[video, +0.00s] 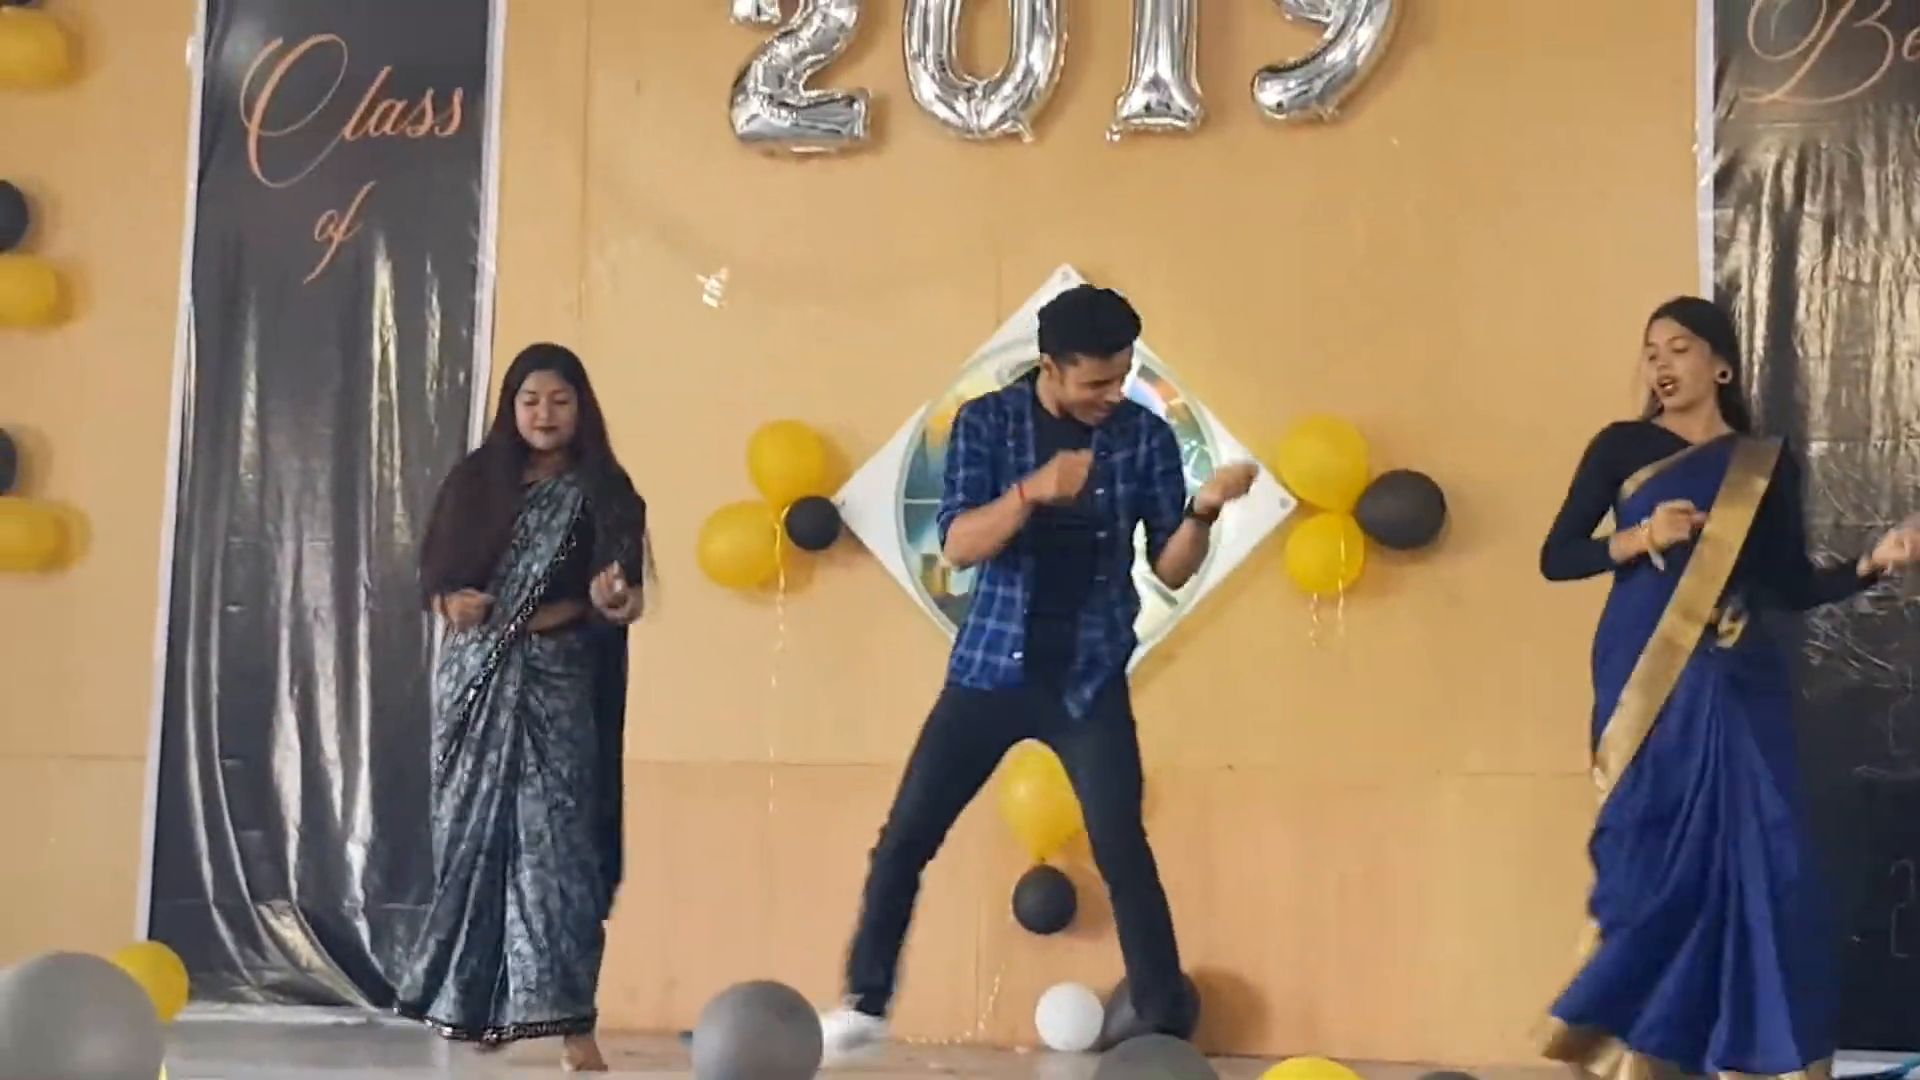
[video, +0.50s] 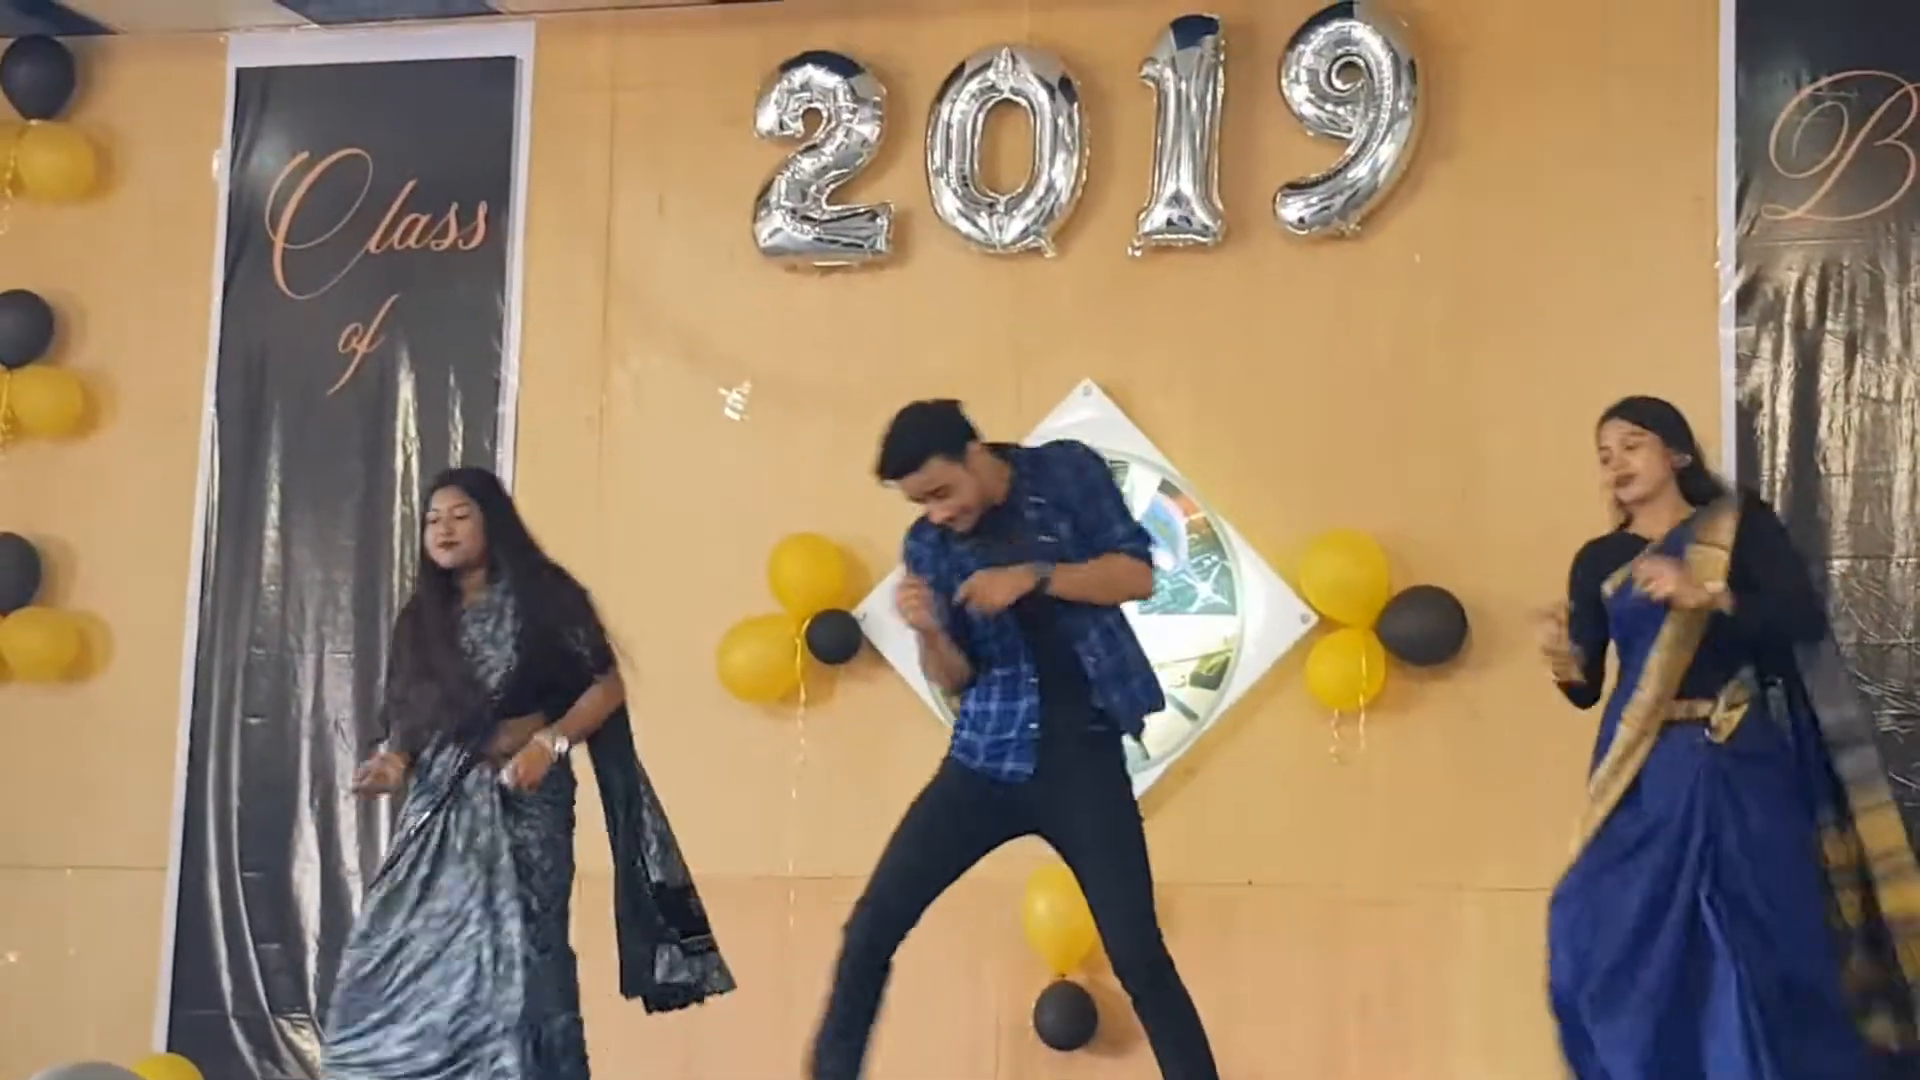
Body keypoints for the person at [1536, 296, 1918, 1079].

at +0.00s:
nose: (1660, 364)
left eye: (1678, 349)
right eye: (1651, 352)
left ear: (1721, 362)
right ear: (1644, 367)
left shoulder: (1767, 462)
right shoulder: (1618, 446)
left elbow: (1786, 586)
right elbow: (1558, 557)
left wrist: (1866, 566)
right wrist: (1638, 537)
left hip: (1741, 669)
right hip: (1641, 670)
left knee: (1760, 844)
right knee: (1659, 851)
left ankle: (1760, 1047)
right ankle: (1650, 1041)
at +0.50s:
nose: (1616, 465)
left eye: (1632, 447)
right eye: (1606, 454)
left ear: (1675, 453)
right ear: (1601, 468)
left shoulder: (1740, 523)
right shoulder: (1598, 559)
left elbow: (1805, 618)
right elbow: (1584, 690)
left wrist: (1708, 595)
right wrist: (1563, 656)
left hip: (1743, 760)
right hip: (1644, 770)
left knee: (1751, 936)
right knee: (1626, 931)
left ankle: (1758, 1065)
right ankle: (1641, 1065)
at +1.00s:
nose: (1453, 316)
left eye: (1468, 302)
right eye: (1449, 302)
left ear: (1508, 314)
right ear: (1441, 314)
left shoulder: (1552, 398)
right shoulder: (1416, 404)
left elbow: (1599, 524)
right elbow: (1395, 509)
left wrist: (1542, 545)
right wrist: (1361, 551)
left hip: (1524, 623)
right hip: (1443, 624)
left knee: (1505, 805)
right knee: (1408, 786)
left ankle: (1525, 1004)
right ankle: (1388, 1002)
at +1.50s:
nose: (1483, 69)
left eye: (1506, 66)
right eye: (1485, 55)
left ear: (1534, 99)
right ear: (1472, 73)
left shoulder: (1521, 153)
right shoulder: (1479, 162)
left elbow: (1531, 277)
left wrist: (1549, 238)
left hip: (1495, 383)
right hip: (1451, 386)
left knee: (1468, 570)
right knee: (1402, 574)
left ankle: (1558, 762)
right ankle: (1371, 794)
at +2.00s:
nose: (1657, 103)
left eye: (1679, 95)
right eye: (1659, 88)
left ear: (1714, 123)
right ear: (1653, 106)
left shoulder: (1704, 185)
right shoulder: (1661, 194)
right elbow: (1657, 300)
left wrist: (1734, 208)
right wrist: (1606, 275)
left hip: (1694, 431)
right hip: (1663, 427)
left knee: (1619, 608)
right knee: (1725, 621)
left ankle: (1594, 813)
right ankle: (1847, 793)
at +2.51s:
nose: (1676, 183)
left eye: (1695, 172)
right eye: (1664, 171)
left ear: (1725, 194)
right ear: (1647, 193)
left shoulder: (1757, 275)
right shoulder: (1638, 305)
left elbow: (1794, 392)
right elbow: (1634, 412)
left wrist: (1814, 352)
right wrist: (1546, 400)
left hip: (1748, 524)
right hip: (1664, 529)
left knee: (1761, 697)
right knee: (1674, 705)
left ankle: (1820, 899)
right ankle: (1734, 907)